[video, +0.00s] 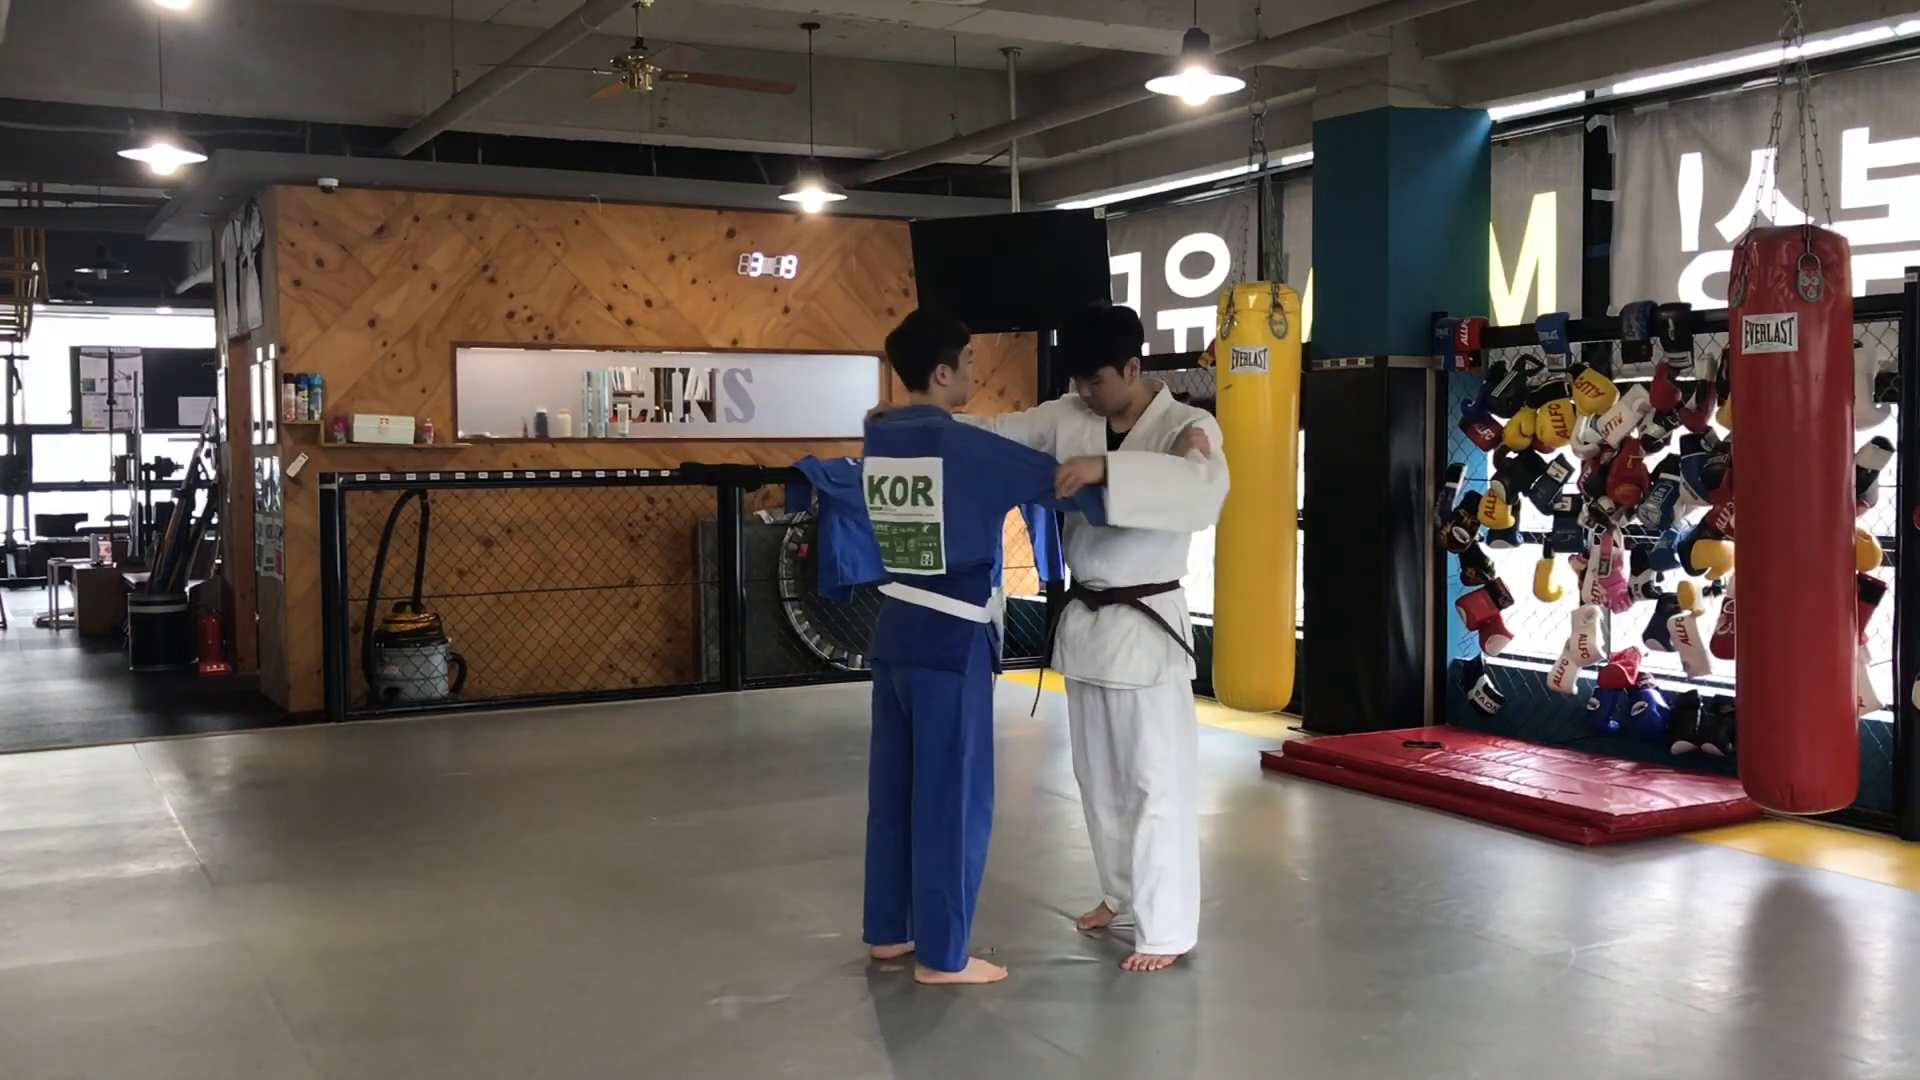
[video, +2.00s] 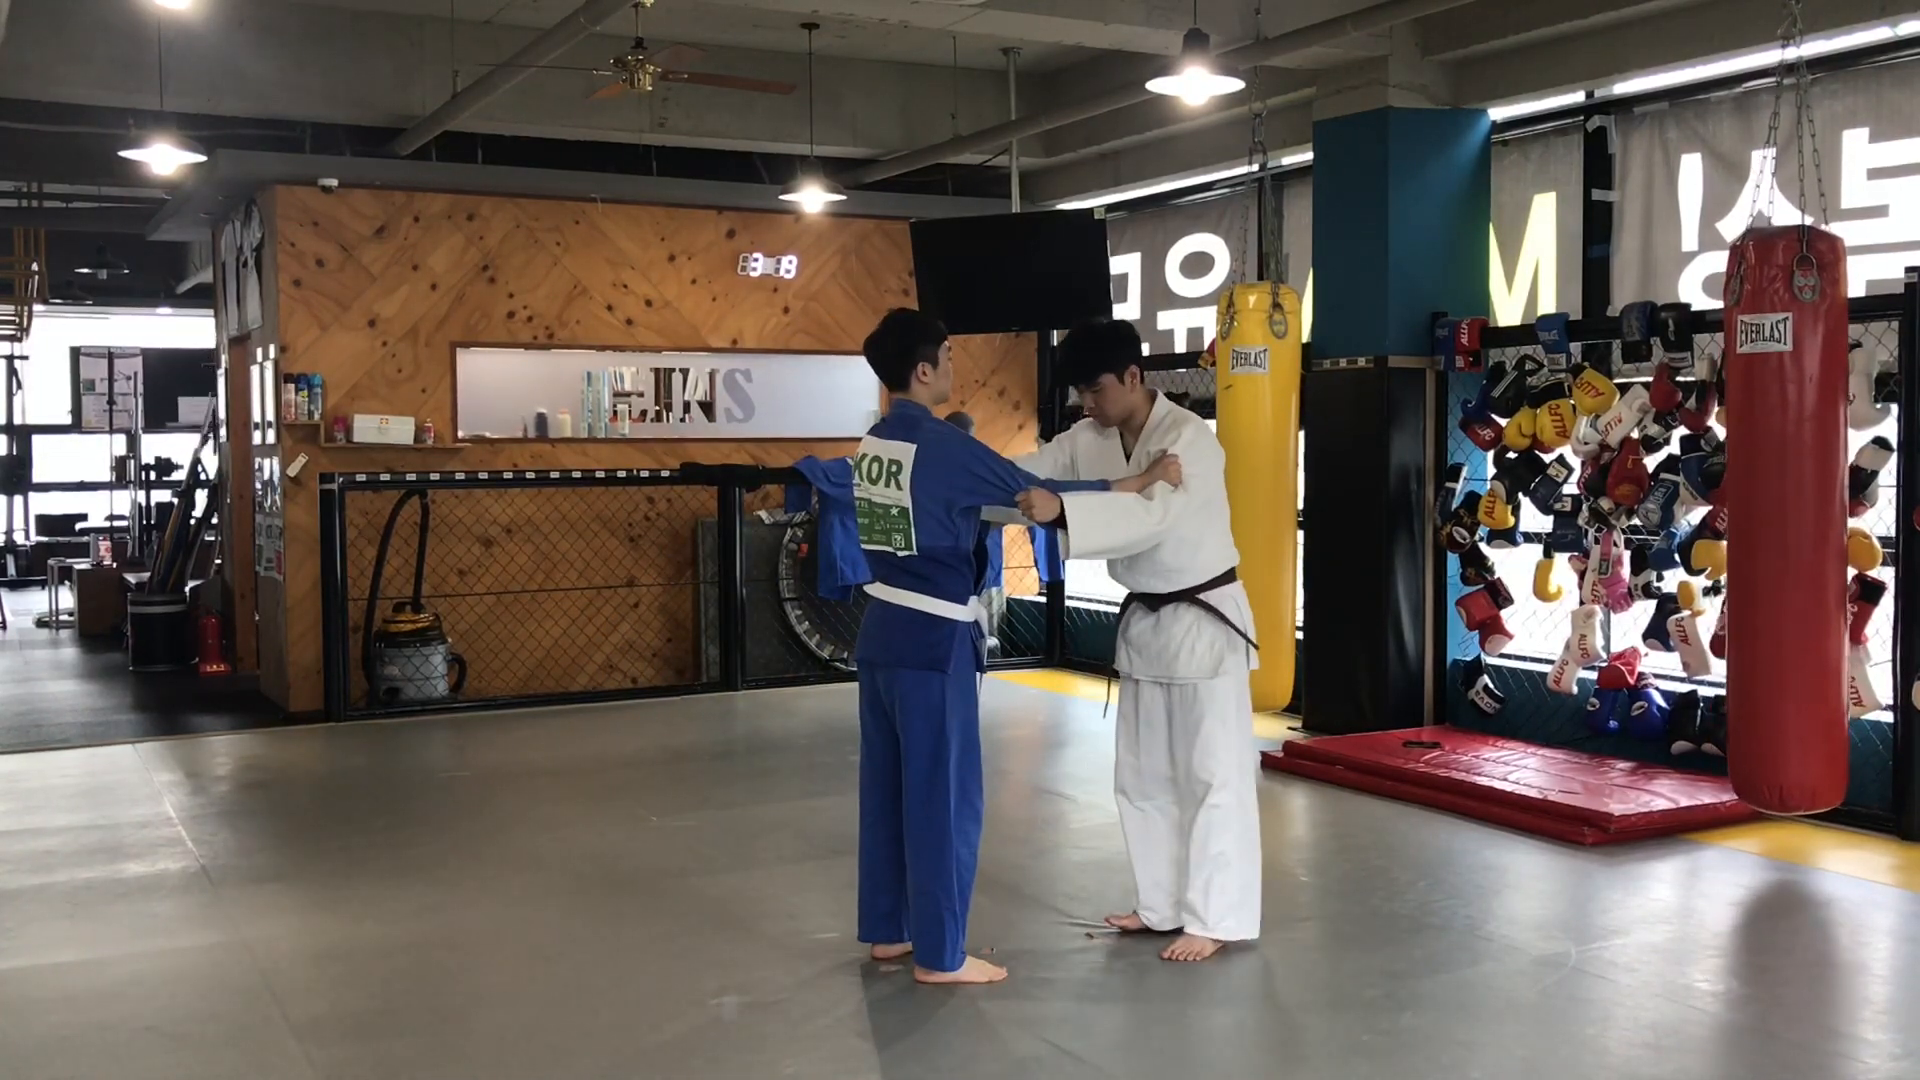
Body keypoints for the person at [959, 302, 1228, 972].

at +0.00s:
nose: (1084, 393)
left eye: (1092, 380)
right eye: (1078, 382)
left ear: (1131, 368)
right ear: (1079, 378)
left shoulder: (1189, 426)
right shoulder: (1072, 418)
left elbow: (1206, 493)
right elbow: (990, 434)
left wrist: (1109, 469)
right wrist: (909, 424)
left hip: (1149, 625)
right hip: (1086, 622)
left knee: (1156, 786)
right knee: (1103, 779)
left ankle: (1169, 932)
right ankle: (1123, 900)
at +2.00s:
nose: (1085, 405)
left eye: (1093, 391)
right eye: (1080, 394)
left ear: (1132, 376)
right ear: (1090, 390)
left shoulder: (1191, 438)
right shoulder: (1085, 439)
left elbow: (1152, 517)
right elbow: (1018, 481)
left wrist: (1063, 511)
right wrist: (955, 475)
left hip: (1205, 621)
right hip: (1143, 620)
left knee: (1212, 779)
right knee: (1147, 775)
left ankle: (1215, 921)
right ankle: (1163, 908)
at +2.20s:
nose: (1088, 395)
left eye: (1097, 380)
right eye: (1083, 382)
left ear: (1138, 371)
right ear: (1089, 383)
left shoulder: (1192, 439)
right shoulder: (1087, 438)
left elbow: (1155, 515)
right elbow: (1020, 481)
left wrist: (1063, 504)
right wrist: (958, 465)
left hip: (1190, 624)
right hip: (1129, 621)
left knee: (1185, 778)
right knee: (1131, 781)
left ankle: (1206, 919)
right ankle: (1154, 911)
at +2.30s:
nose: (1099, 392)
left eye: (1108, 377)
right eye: (1094, 379)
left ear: (1149, 371)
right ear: (1097, 381)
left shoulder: (1195, 442)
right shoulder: (1095, 440)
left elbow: (1155, 498)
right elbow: (1030, 480)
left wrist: (1060, 484)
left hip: (1179, 628)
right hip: (1120, 625)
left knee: (1155, 780)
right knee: (1124, 783)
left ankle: (1190, 918)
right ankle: (1152, 912)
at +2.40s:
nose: (1107, 393)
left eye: (1118, 379)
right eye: (1104, 380)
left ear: (1160, 377)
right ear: (1111, 381)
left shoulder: (1197, 442)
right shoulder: (1112, 442)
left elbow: (1158, 484)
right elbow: (1059, 500)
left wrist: (1065, 464)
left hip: (1166, 633)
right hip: (1107, 629)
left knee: (1120, 778)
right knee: (1120, 778)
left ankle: (1153, 917)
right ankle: (1152, 907)